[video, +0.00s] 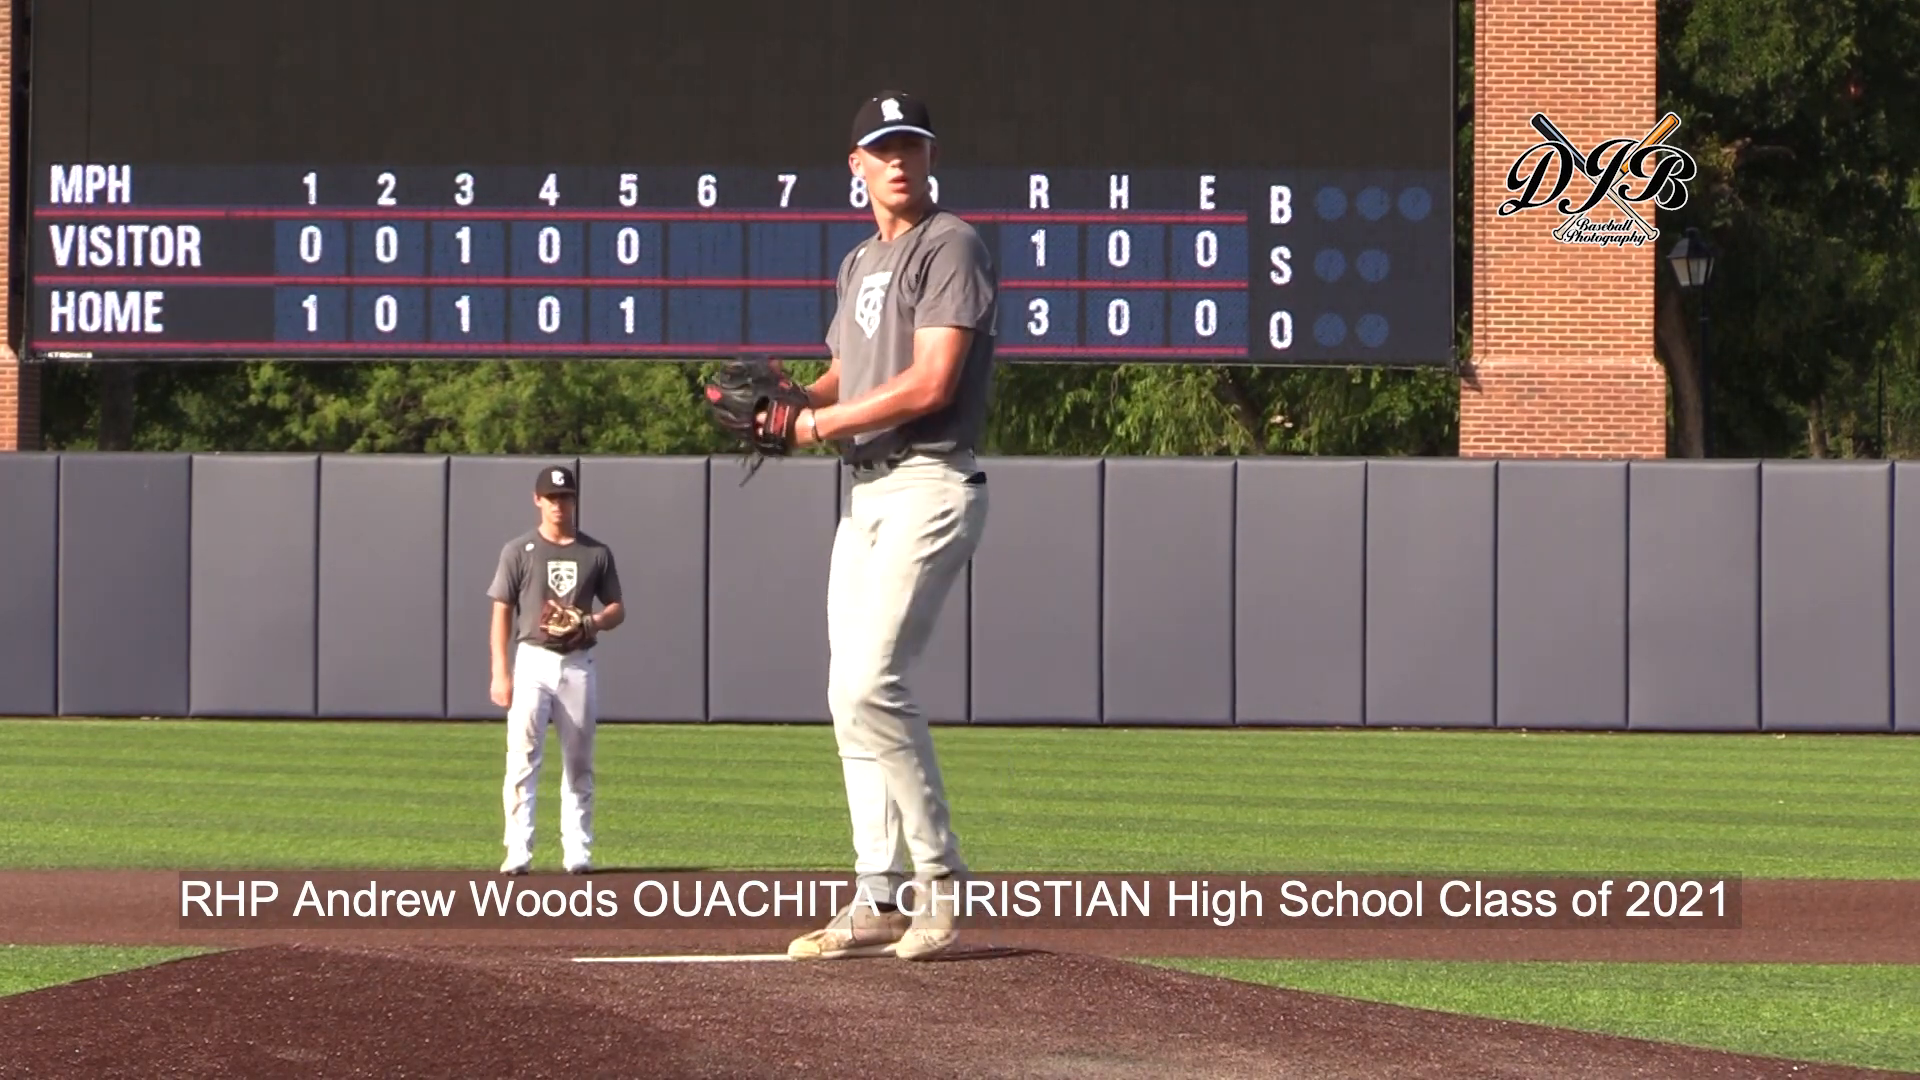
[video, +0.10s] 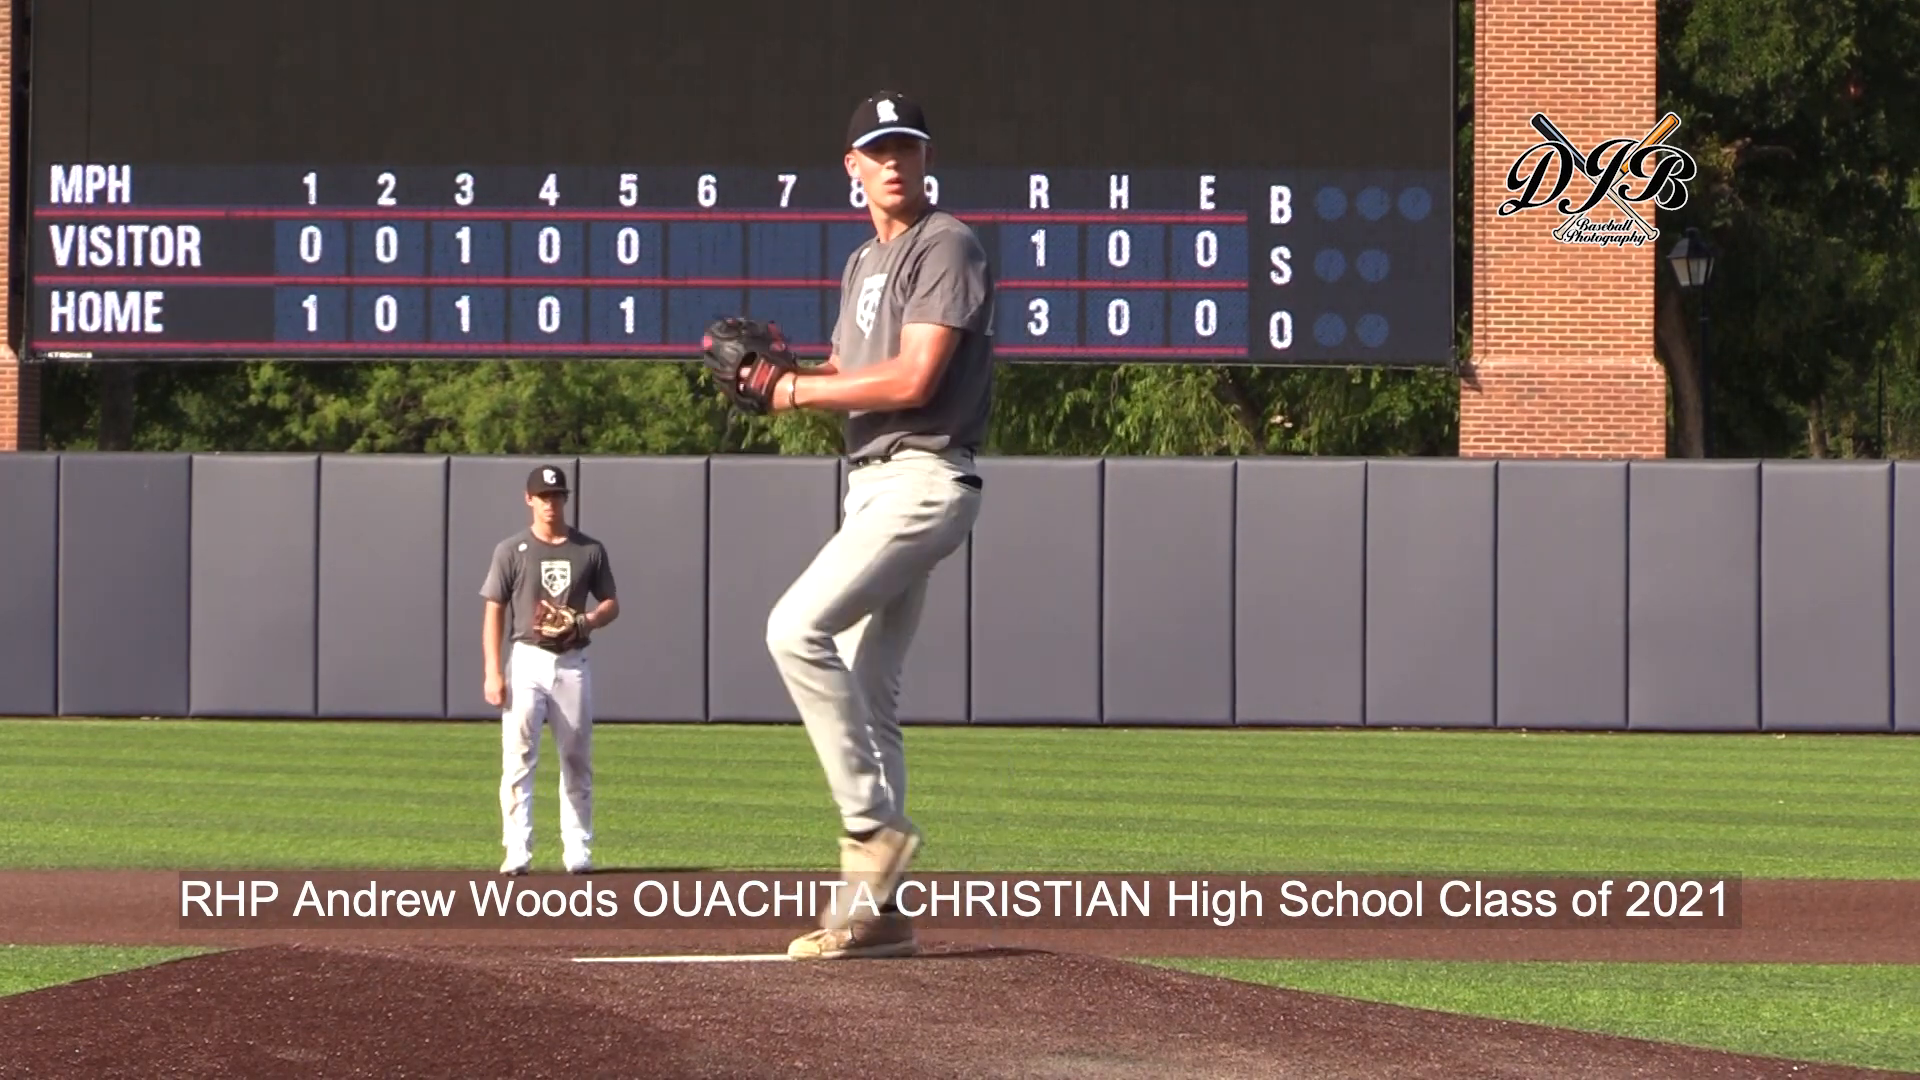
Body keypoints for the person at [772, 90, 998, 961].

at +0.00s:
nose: (901, 165)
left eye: (911, 150)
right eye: (884, 153)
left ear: (930, 160)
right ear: (857, 167)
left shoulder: (953, 244)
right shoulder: (858, 263)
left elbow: (932, 383)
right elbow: (846, 381)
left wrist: (817, 423)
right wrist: (784, 405)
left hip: (930, 486)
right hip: (867, 490)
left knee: (870, 686)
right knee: (851, 697)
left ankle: (940, 882)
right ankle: (880, 898)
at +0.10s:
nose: (895, 165)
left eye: (906, 150)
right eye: (879, 153)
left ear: (926, 160)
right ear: (853, 166)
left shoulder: (948, 243)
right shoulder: (865, 261)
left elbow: (914, 378)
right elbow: (849, 368)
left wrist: (796, 391)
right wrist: (780, 368)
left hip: (925, 479)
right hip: (873, 479)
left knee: (797, 630)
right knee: (868, 696)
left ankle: (872, 829)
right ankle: (874, 908)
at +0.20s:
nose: (889, 168)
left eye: (902, 153)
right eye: (873, 155)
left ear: (925, 162)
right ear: (851, 170)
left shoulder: (946, 242)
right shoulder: (869, 264)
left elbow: (893, 371)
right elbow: (853, 387)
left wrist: (778, 343)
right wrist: (779, 342)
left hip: (920, 475)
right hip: (885, 476)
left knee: (741, 557)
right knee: (863, 704)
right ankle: (882, 906)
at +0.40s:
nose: (885, 178)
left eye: (897, 162)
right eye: (869, 165)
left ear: (922, 170)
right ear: (848, 178)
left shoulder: (937, 243)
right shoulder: (878, 264)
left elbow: (845, 346)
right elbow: (811, 365)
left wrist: (773, 276)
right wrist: (779, 276)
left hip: (910, 468)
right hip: (898, 488)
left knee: (711, 403)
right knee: (854, 698)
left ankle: (575, 565)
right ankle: (878, 905)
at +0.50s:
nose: (879, 192)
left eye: (894, 175)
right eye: (864, 178)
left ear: (921, 183)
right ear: (846, 191)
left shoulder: (936, 252)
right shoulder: (877, 273)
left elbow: (825, 329)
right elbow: (824, 348)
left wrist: (773, 252)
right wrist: (780, 263)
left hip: (900, 469)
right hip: (883, 500)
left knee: (742, 326)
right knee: (839, 697)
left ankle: (600, 489)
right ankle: (878, 906)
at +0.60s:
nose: (875, 205)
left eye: (889, 189)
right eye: (860, 193)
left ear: (917, 197)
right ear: (841, 206)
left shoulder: (933, 263)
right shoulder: (870, 283)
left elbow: (825, 338)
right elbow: (833, 357)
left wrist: (772, 265)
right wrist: (791, 276)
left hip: (894, 469)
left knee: (750, 318)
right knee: (815, 701)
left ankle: (710, 523)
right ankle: (876, 904)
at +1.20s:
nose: (900, 358)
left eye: (913, 341)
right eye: (894, 345)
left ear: (948, 342)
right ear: (893, 353)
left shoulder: (938, 400)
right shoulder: (1002, 432)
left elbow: (960, 372)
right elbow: (1078, 528)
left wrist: (987, 371)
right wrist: (1016, 591)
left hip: (1020, 633)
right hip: (956, 639)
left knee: (979, 759)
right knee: (875, 825)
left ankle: (1001, 942)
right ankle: (873, 907)